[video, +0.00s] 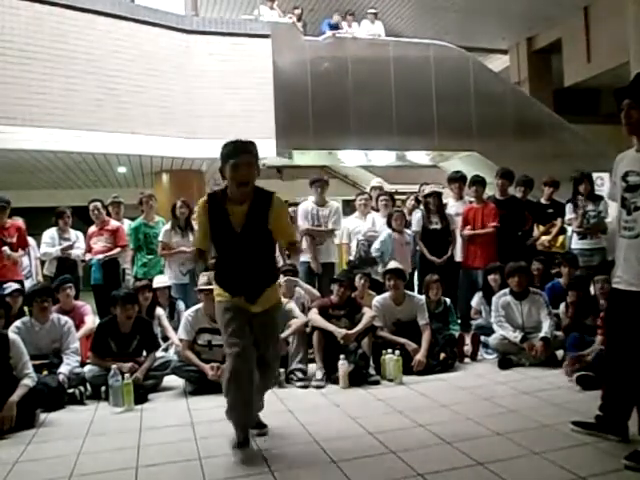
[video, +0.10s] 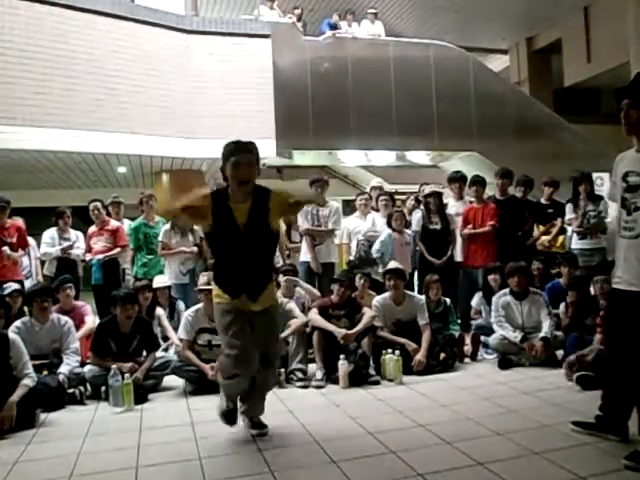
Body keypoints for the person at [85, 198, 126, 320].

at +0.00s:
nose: (95, 213)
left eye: (98, 210)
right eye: (92, 211)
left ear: (104, 210)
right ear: (90, 214)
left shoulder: (116, 226)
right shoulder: (91, 230)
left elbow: (122, 246)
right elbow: (88, 250)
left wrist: (105, 256)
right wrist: (88, 256)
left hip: (111, 263)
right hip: (96, 265)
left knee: (113, 296)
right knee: (100, 300)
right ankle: (104, 326)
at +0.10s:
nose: (95, 213)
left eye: (98, 210)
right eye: (92, 211)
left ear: (104, 210)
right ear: (90, 214)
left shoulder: (116, 226)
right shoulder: (91, 230)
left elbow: (122, 246)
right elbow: (88, 250)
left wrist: (105, 256)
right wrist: (88, 256)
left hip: (111, 263)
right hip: (96, 265)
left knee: (113, 295)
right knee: (100, 299)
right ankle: (104, 324)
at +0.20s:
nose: (96, 213)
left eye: (98, 210)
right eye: (93, 211)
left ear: (104, 210)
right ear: (90, 214)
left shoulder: (116, 226)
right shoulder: (90, 231)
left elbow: (122, 246)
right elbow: (88, 249)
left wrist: (105, 255)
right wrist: (88, 256)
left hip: (111, 263)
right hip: (96, 265)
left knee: (113, 295)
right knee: (100, 299)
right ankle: (104, 324)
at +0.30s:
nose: (96, 214)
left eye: (99, 211)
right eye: (93, 212)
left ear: (104, 211)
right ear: (91, 214)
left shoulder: (116, 226)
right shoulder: (90, 231)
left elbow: (122, 246)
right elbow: (89, 250)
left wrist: (105, 254)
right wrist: (87, 256)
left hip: (111, 262)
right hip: (96, 265)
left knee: (113, 295)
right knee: (100, 298)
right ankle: (104, 323)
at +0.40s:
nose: (96, 215)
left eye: (99, 211)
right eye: (93, 212)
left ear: (104, 211)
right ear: (91, 215)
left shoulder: (116, 226)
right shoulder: (91, 230)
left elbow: (122, 246)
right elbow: (89, 250)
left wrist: (105, 254)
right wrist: (88, 255)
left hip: (111, 262)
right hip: (96, 265)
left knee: (113, 294)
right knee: (100, 296)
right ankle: (104, 323)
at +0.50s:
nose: (96, 217)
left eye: (98, 213)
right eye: (92, 214)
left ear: (104, 211)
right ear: (90, 215)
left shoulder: (116, 226)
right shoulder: (91, 230)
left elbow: (123, 246)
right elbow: (89, 249)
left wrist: (105, 253)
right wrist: (86, 254)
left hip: (111, 261)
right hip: (96, 264)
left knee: (113, 293)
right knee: (100, 296)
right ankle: (104, 323)